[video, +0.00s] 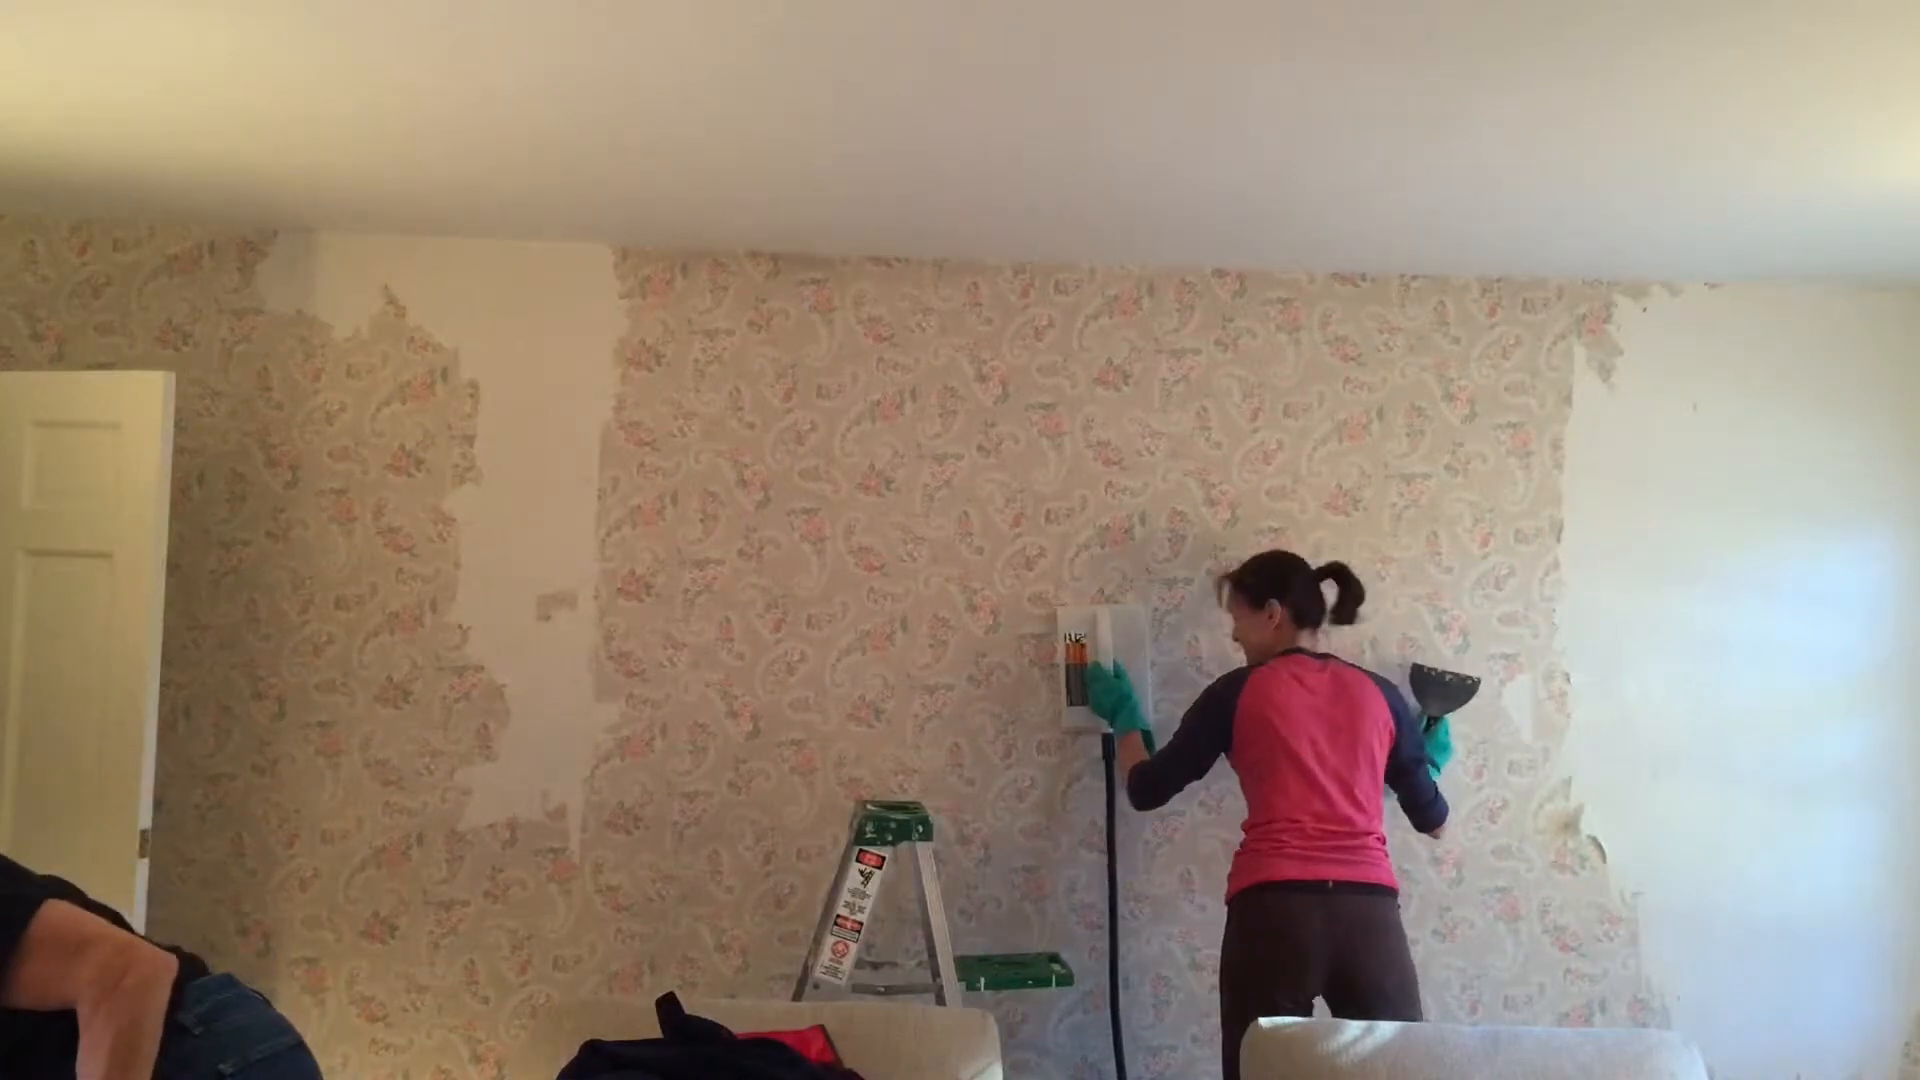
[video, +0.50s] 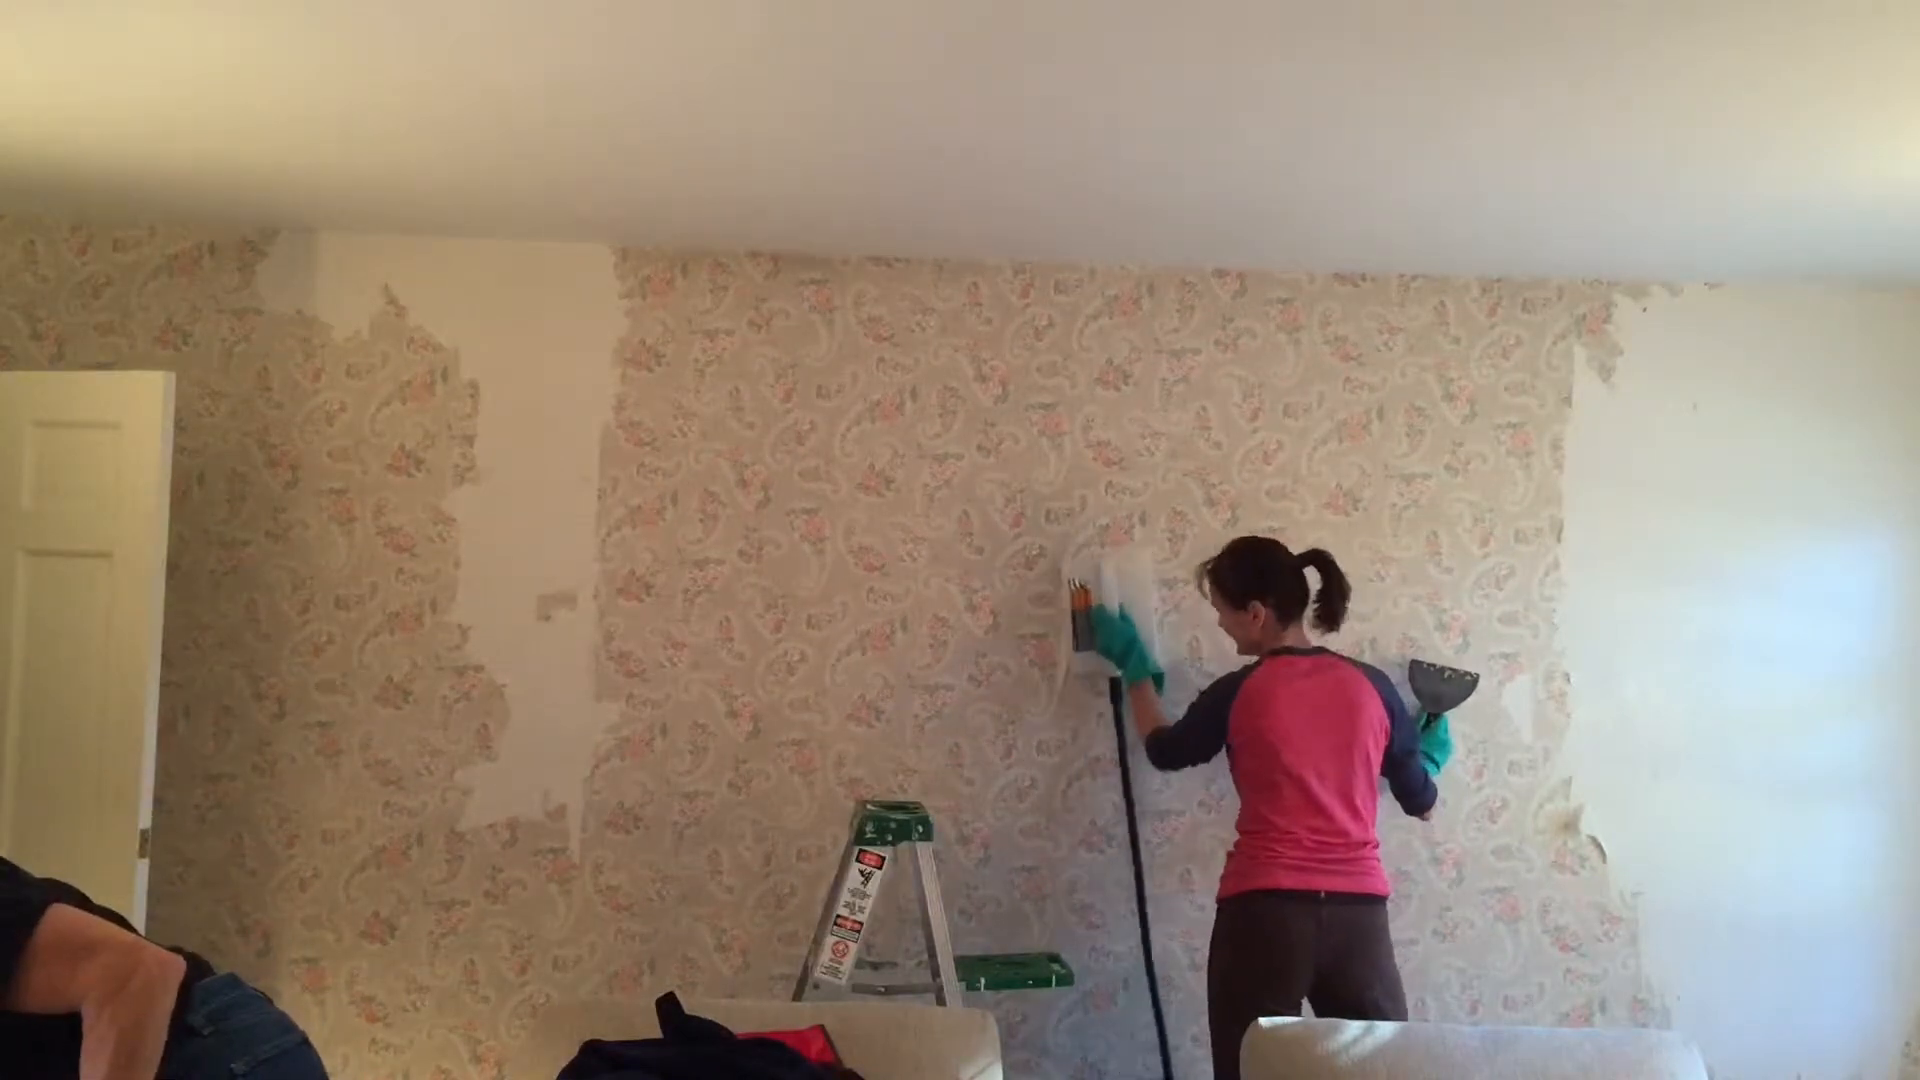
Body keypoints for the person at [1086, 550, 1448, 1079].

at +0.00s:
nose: (1233, 633)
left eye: (1237, 617)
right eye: (1231, 619)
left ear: (1274, 615)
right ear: (1292, 615)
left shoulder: (1238, 690)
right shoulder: (1383, 694)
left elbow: (1145, 790)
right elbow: (1430, 817)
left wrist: (1124, 716)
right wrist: (1429, 759)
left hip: (1272, 918)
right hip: (1370, 919)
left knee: (1256, 1074)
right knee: (1400, 1074)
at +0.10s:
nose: (1228, 631)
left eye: (1232, 614)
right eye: (1226, 615)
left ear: (1268, 613)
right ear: (1305, 612)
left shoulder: (1234, 692)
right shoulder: (1378, 691)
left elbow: (1150, 795)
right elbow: (1427, 812)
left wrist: (1137, 722)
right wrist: (1430, 759)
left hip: (1273, 920)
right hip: (1371, 919)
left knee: (1257, 1074)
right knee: (1399, 1073)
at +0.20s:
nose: (1223, 624)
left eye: (1227, 608)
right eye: (1222, 609)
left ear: (1264, 611)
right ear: (1298, 610)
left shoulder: (1234, 692)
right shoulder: (1377, 690)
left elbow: (1156, 796)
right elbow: (1425, 809)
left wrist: (1146, 724)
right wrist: (1431, 757)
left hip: (1271, 920)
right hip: (1369, 922)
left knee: (1258, 1073)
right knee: (1397, 1073)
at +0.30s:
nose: (1222, 621)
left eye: (1226, 606)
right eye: (1221, 607)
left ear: (1262, 610)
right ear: (1299, 608)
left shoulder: (1236, 691)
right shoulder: (1375, 687)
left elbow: (1162, 790)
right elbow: (1421, 804)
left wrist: (1143, 708)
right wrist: (1431, 755)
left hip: (1268, 922)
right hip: (1366, 923)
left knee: (1253, 1073)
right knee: (1396, 1072)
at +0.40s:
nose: (1221, 619)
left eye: (1224, 605)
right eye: (1220, 605)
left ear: (1262, 610)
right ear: (1302, 604)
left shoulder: (1237, 690)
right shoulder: (1375, 688)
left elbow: (1162, 771)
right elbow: (1420, 802)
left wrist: (1138, 691)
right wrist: (1429, 757)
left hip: (1264, 923)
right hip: (1362, 924)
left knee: (1250, 1074)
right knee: (1392, 1072)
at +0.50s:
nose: (1218, 622)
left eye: (1221, 609)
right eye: (1216, 609)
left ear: (1257, 613)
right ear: (1296, 607)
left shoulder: (1239, 690)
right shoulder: (1374, 688)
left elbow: (1164, 750)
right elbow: (1418, 799)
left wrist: (1135, 672)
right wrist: (1430, 755)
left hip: (1261, 923)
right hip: (1359, 925)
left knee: (1247, 1074)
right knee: (1384, 1073)